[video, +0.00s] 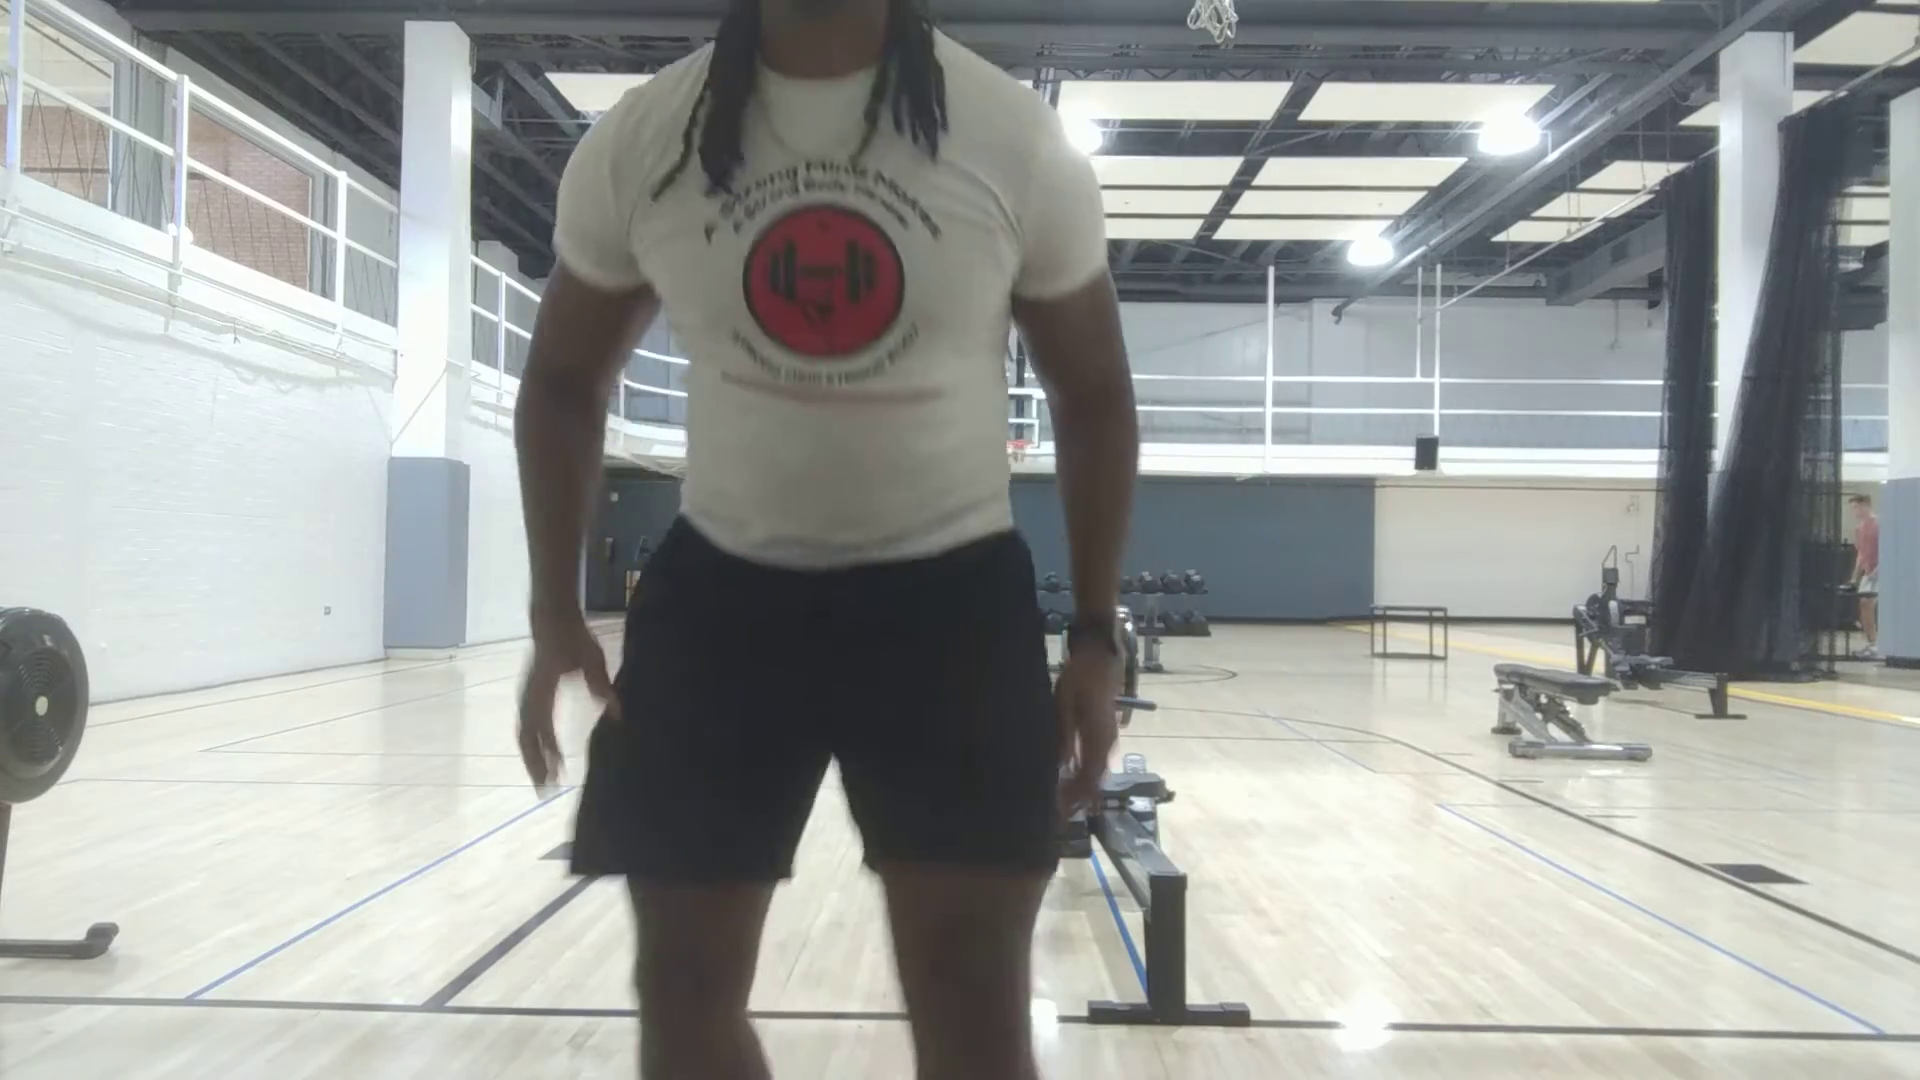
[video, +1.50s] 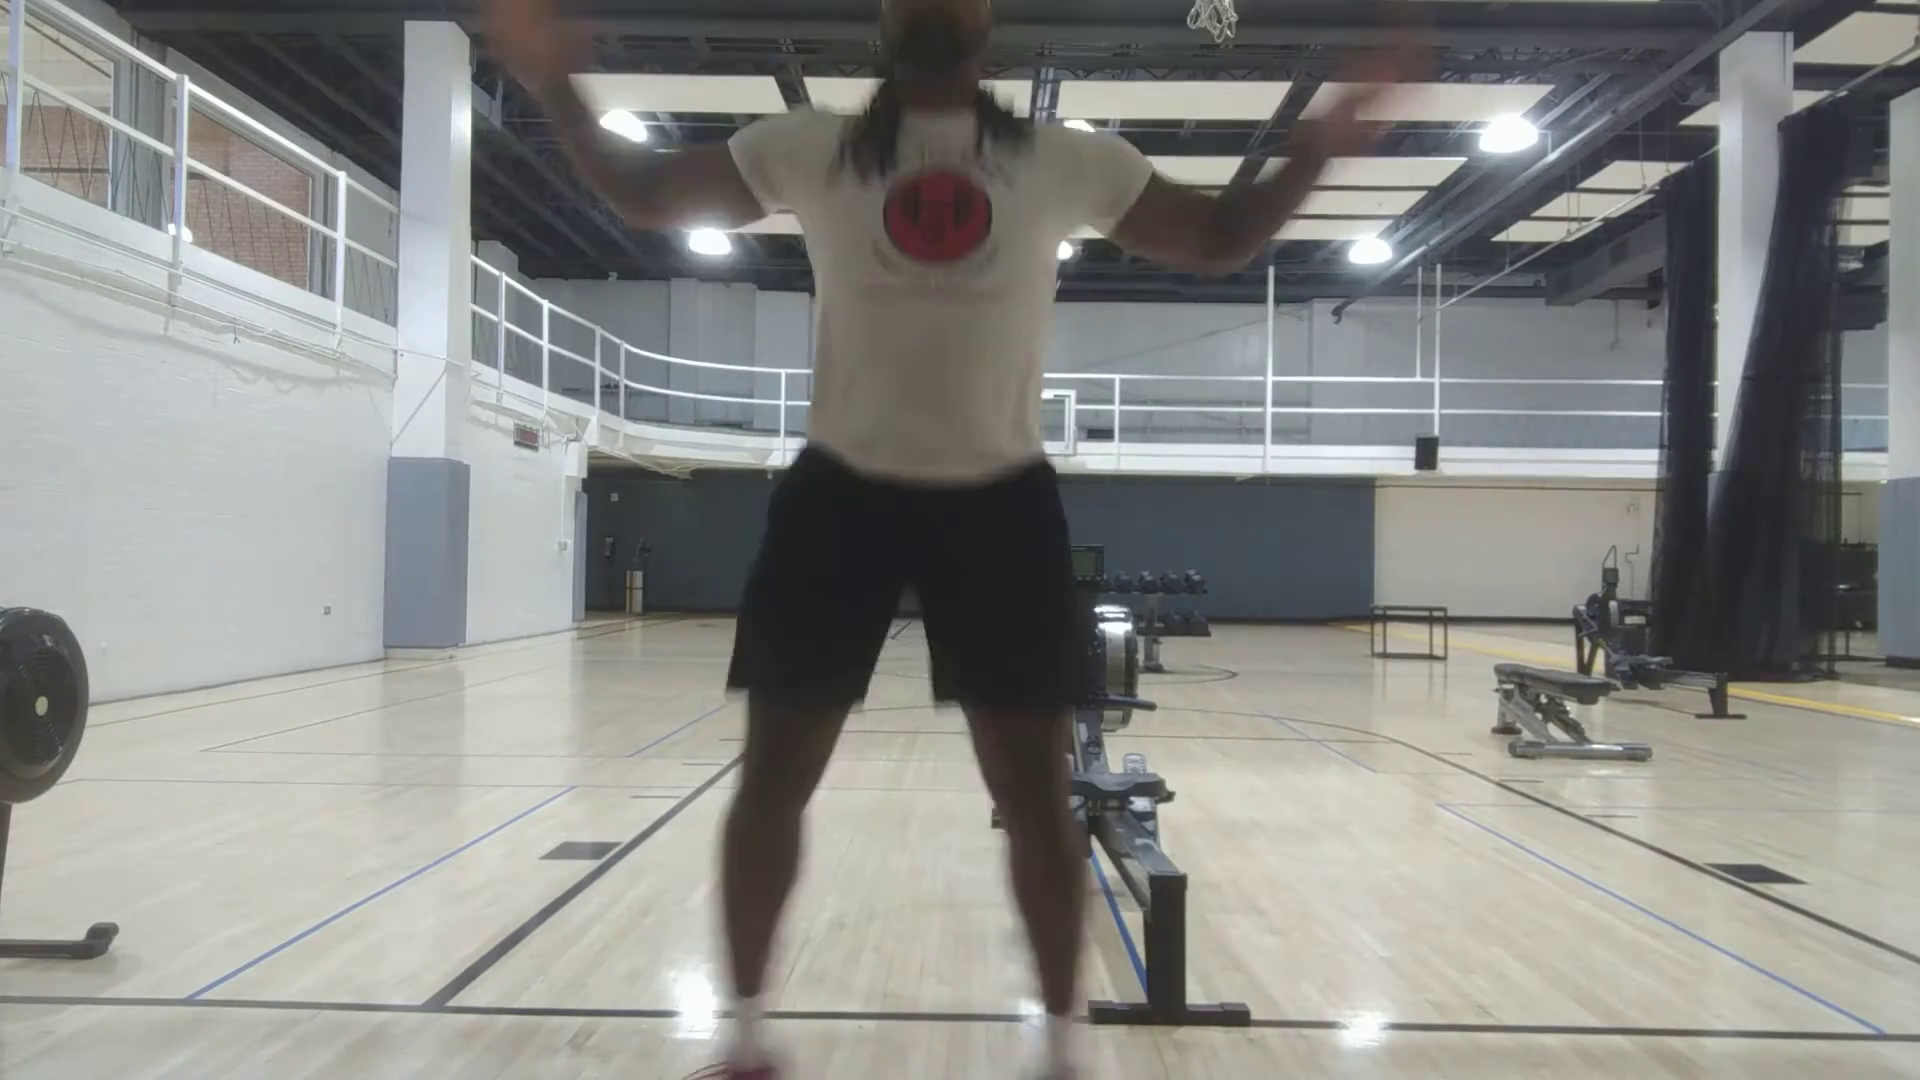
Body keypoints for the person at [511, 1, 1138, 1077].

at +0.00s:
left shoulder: (1014, 141)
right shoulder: (641, 140)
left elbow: (1094, 396)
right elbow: (564, 383)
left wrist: (1096, 636)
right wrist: (559, 615)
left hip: (950, 613)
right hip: (722, 611)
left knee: (971, 1009)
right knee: (685, 1002)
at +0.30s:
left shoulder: (1023, 129)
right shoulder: (714, 151)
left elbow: (1123, 375)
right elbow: (647, 373)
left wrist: (1104, 589)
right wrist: (628, 557)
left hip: (979, 571)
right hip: (782, 570)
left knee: (1003, 926)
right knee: (749, 926)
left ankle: (1017, 1071)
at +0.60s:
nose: (950, 1)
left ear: (1015, 8)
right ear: (884, 10)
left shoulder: (1103, 175)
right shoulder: (818, 179)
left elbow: (1181, 390)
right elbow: (771, 379)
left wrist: (1087, 503)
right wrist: (786, 493)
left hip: (1032, 564)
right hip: (855, 552)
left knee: (1022, 861)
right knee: (821, 872)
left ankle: (1018, 1075)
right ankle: (817, 1077)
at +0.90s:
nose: (975, 47)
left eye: (1002, 28)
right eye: (953, 27)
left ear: (1041, 60)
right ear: (921, 54)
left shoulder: (1096, 239)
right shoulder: (850, 229)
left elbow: (1148, 410)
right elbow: (769, 400)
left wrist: (1179, 518)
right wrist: (743, 529)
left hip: (1045, 592)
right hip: (883, 589)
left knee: (1049, 884)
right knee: (881, 878)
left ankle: (1030, 1076)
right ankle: (899, 1072)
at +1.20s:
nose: (955, 25)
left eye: (978, 11)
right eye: (933, 9)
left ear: (1008, 38)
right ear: (898, 35)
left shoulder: (1083, 170)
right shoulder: (827, 170)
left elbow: (1268, 166)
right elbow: (644, 178)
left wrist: (1259, 48)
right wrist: (607, 40)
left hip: (1023, 552)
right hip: (857, 543)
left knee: (1084, 842)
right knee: (758, 818)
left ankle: (1129, 1066)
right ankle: (666, 1050)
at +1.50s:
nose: (939, 23)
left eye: (960, 10)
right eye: (917, 10)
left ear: (992, 32)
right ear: (878, 29)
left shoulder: (1062, 157)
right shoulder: (810, 144)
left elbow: (1218, 239)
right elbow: (637, 191)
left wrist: (1330, 132)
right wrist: (555, 83)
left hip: (1000, 506)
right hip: (841, 499)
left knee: (1037, 792)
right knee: (774, 773)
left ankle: (1062, 1038)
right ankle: (745, 1030)